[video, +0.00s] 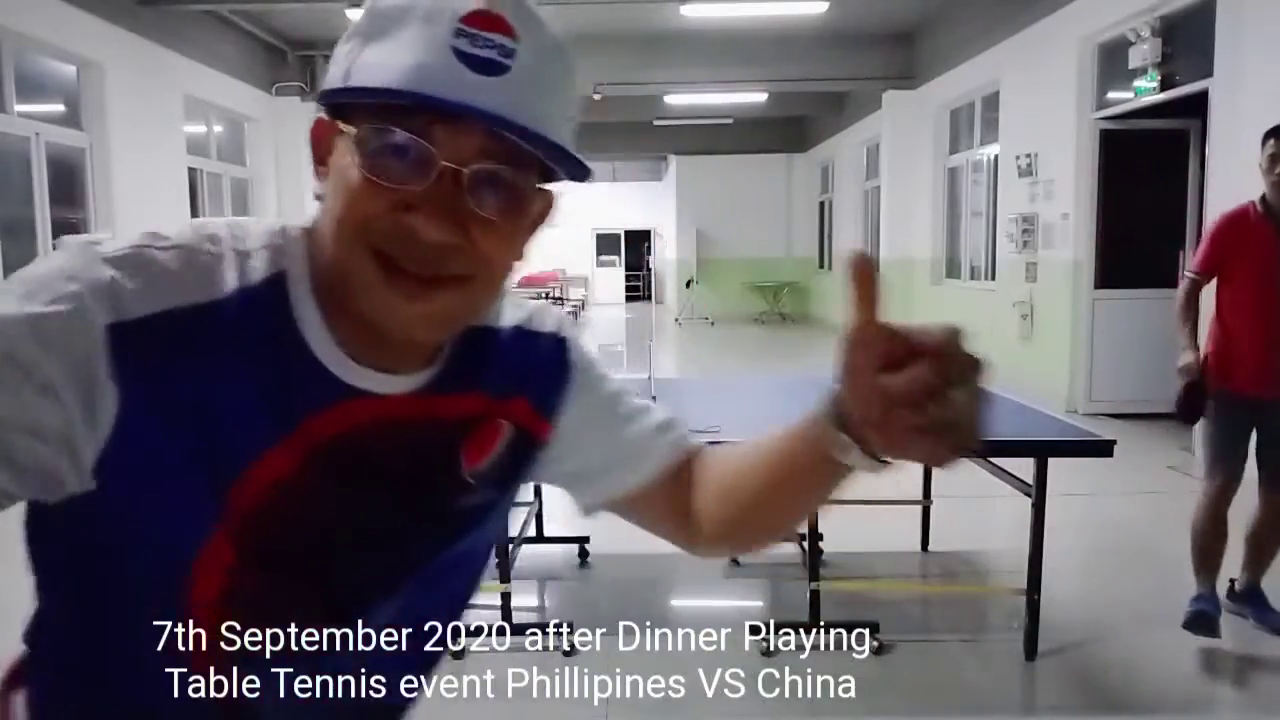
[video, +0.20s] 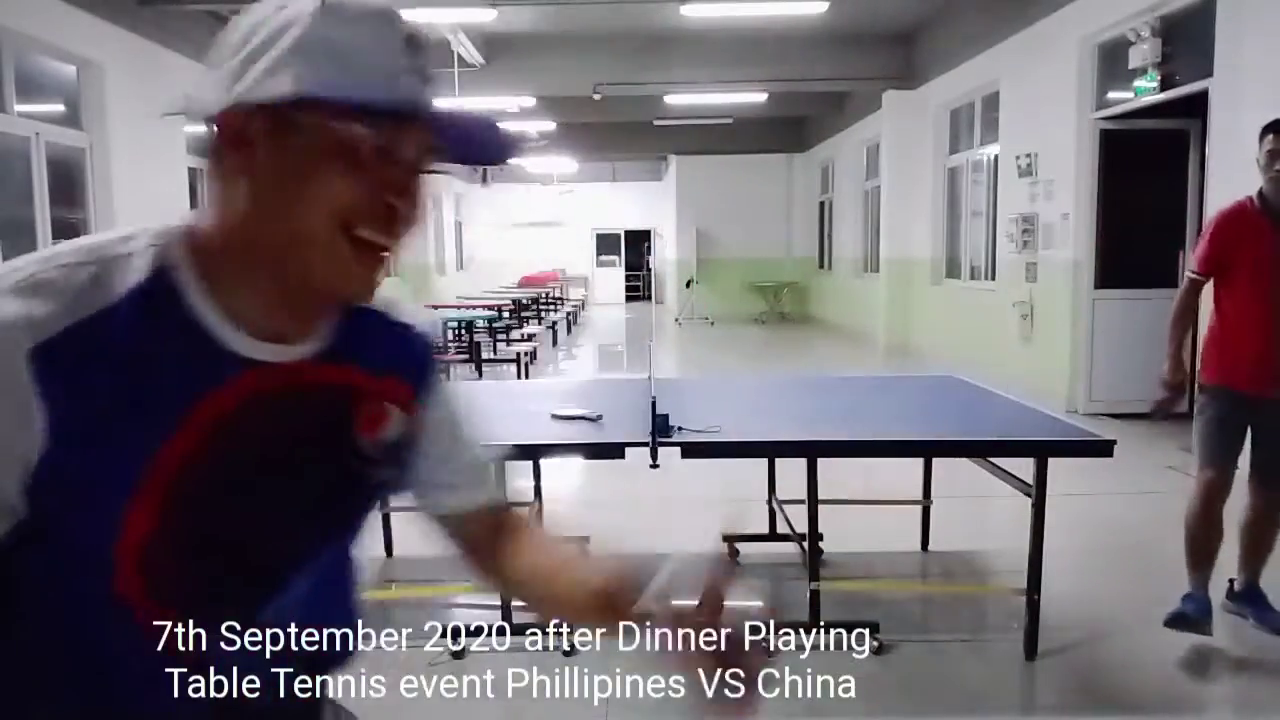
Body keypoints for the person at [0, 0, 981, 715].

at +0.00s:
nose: (438, 216)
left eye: (498, 182)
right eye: (404, 155)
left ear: (542, 212)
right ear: (326, 153)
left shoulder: (538, 381)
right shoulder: (100, 324)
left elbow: (702, 502)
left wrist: (841, 432)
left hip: (358, 707)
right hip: (94, 704)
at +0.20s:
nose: (404, 200)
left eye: (418, 170)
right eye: (368, 151)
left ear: (428, 180)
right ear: (241, 142)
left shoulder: (397, 373)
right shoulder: (39, 328)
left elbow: (503, 537)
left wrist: (638, 601)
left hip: (285, 703)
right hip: (65, 705)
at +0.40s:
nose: (322, 185)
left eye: (316, 156)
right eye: (295, 154)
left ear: (212, 158)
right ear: (204, 156)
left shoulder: (279, 332)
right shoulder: (23, 316)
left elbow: (302, 521)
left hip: (222, 691)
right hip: (53, 698)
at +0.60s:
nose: (299, 180)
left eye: (301, 153)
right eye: (292, 149)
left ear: (230, 148)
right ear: (229, 143)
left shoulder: (195, 267)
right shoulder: (77, 252)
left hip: (185, 652)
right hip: (87, 673)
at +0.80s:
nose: (235, 173)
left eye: (233, 153)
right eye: (223, 152)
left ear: (159, 150)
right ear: (169, 149)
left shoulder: (66, 239)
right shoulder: (137, 248)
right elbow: (212, 455)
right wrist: (352, 571)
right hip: (111, 623)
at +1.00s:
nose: (209, 184)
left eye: (204, 166)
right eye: (194, 164)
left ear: (112, 174)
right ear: (146, 167)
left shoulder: (34, 269)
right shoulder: (176, 263)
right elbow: (261, 425)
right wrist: (362, 509)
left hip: (60, 579)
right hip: (168, 588)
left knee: (103, 708)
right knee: (271, 702)